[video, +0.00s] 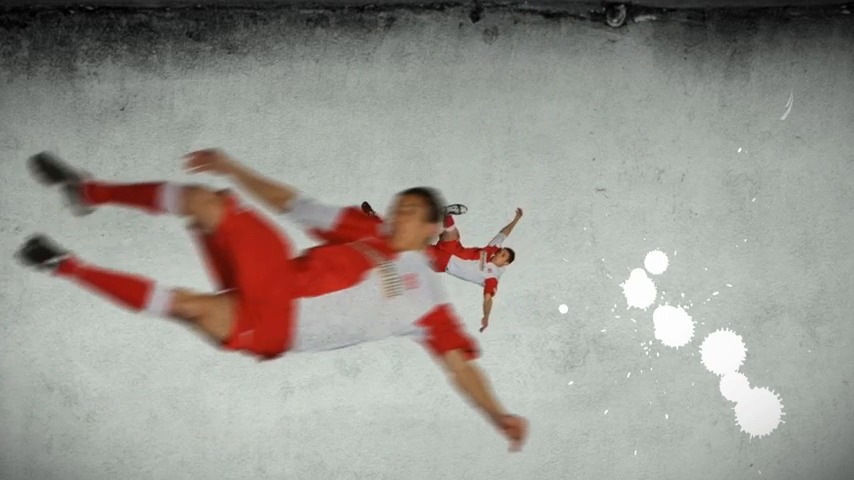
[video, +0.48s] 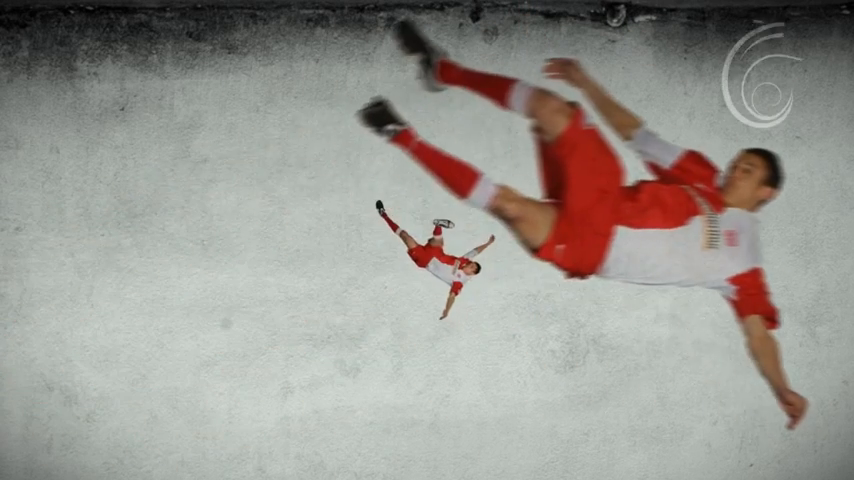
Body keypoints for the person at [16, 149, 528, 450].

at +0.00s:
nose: (393, 221)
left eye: (406, 217)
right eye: (394, 213)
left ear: (432, 231)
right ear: (393, 217)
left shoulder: (430, 303)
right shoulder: (364, 227)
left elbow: (463, 368)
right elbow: (293, 205)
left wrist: (500, 417)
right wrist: (229, 167)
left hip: (276, 328)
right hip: (271, 272)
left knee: (192, 304)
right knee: (206, 198)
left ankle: (65, 266)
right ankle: (87, 193)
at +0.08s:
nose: (457, 211)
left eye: (470, 206)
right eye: (458, 202)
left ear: (500, 222)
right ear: (456, 206)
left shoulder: (490, 296)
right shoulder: (429, 214)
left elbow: (522, 359)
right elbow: (357, 187)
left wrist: (554, 408)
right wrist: (296, 148)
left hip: (333, 311)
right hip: (334, 252)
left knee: (249, 281)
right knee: (267, 175)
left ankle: (126, 240)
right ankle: (153, 167)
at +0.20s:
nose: (555, 189)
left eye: (569, 188)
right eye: (557, 180)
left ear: (588, 205)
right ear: (552, 181)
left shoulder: (576, 270)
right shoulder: (522, 190)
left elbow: (605, 341)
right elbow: (451, 161)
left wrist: (635, 393)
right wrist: (396, 118)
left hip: (424, 283)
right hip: (426, 224)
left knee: (339, 249)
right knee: (363, 143)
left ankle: (218, 199)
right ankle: (249, 127)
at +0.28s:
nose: (619, 173)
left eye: (633, 173)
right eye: (622, 164)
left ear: (651, 195)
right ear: (617, 168)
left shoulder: (635, 260)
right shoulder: (584, 174)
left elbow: (662, 331)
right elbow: (514, 142)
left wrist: (691, 384)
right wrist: (464, 100)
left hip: (483, 264)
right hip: (490, 205)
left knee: (400, 227)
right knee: (427, 124)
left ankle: (283, 172)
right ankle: (315, 102)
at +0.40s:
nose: (691, 172)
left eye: (705, 171)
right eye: (692, 164)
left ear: (723, 193)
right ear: (686, 168)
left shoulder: (704, 262)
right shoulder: (655, 171)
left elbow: (724, 331)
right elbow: (589, 135)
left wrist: (750, 387)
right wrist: (539, 85)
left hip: (551, 250)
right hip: (562, 190)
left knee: (466, 209)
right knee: (507, 113)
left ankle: (355, 147)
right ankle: (395, 82)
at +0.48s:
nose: (732, 175)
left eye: (746, 174)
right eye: (735, 167)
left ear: (764, 194)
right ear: (729, 172)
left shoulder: (744, 264)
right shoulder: (698, 174)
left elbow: (759, 335)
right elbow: (636, 134)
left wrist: (782, 390)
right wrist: (586, 83)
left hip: (588, 247)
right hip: (606, 187)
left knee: (507, 201)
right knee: (553, 107)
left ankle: (400, 136)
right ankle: (444, 72)